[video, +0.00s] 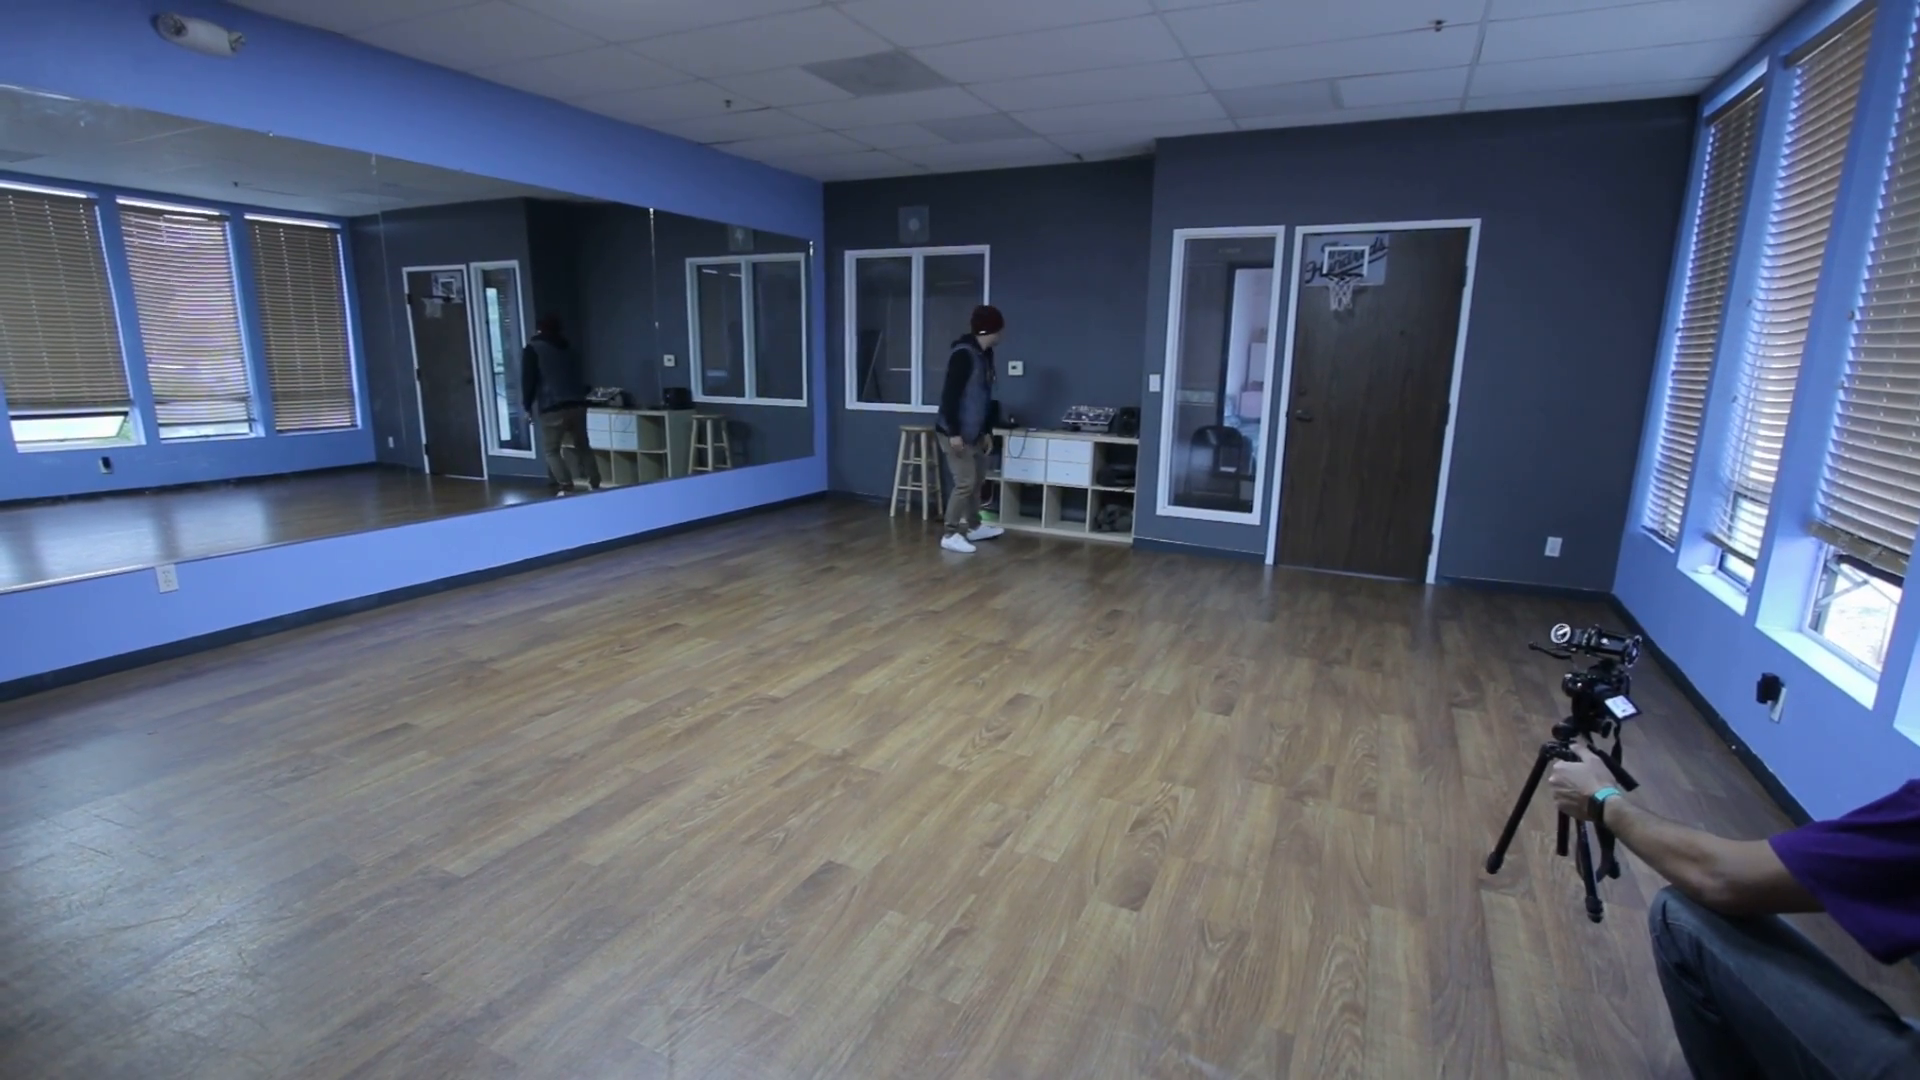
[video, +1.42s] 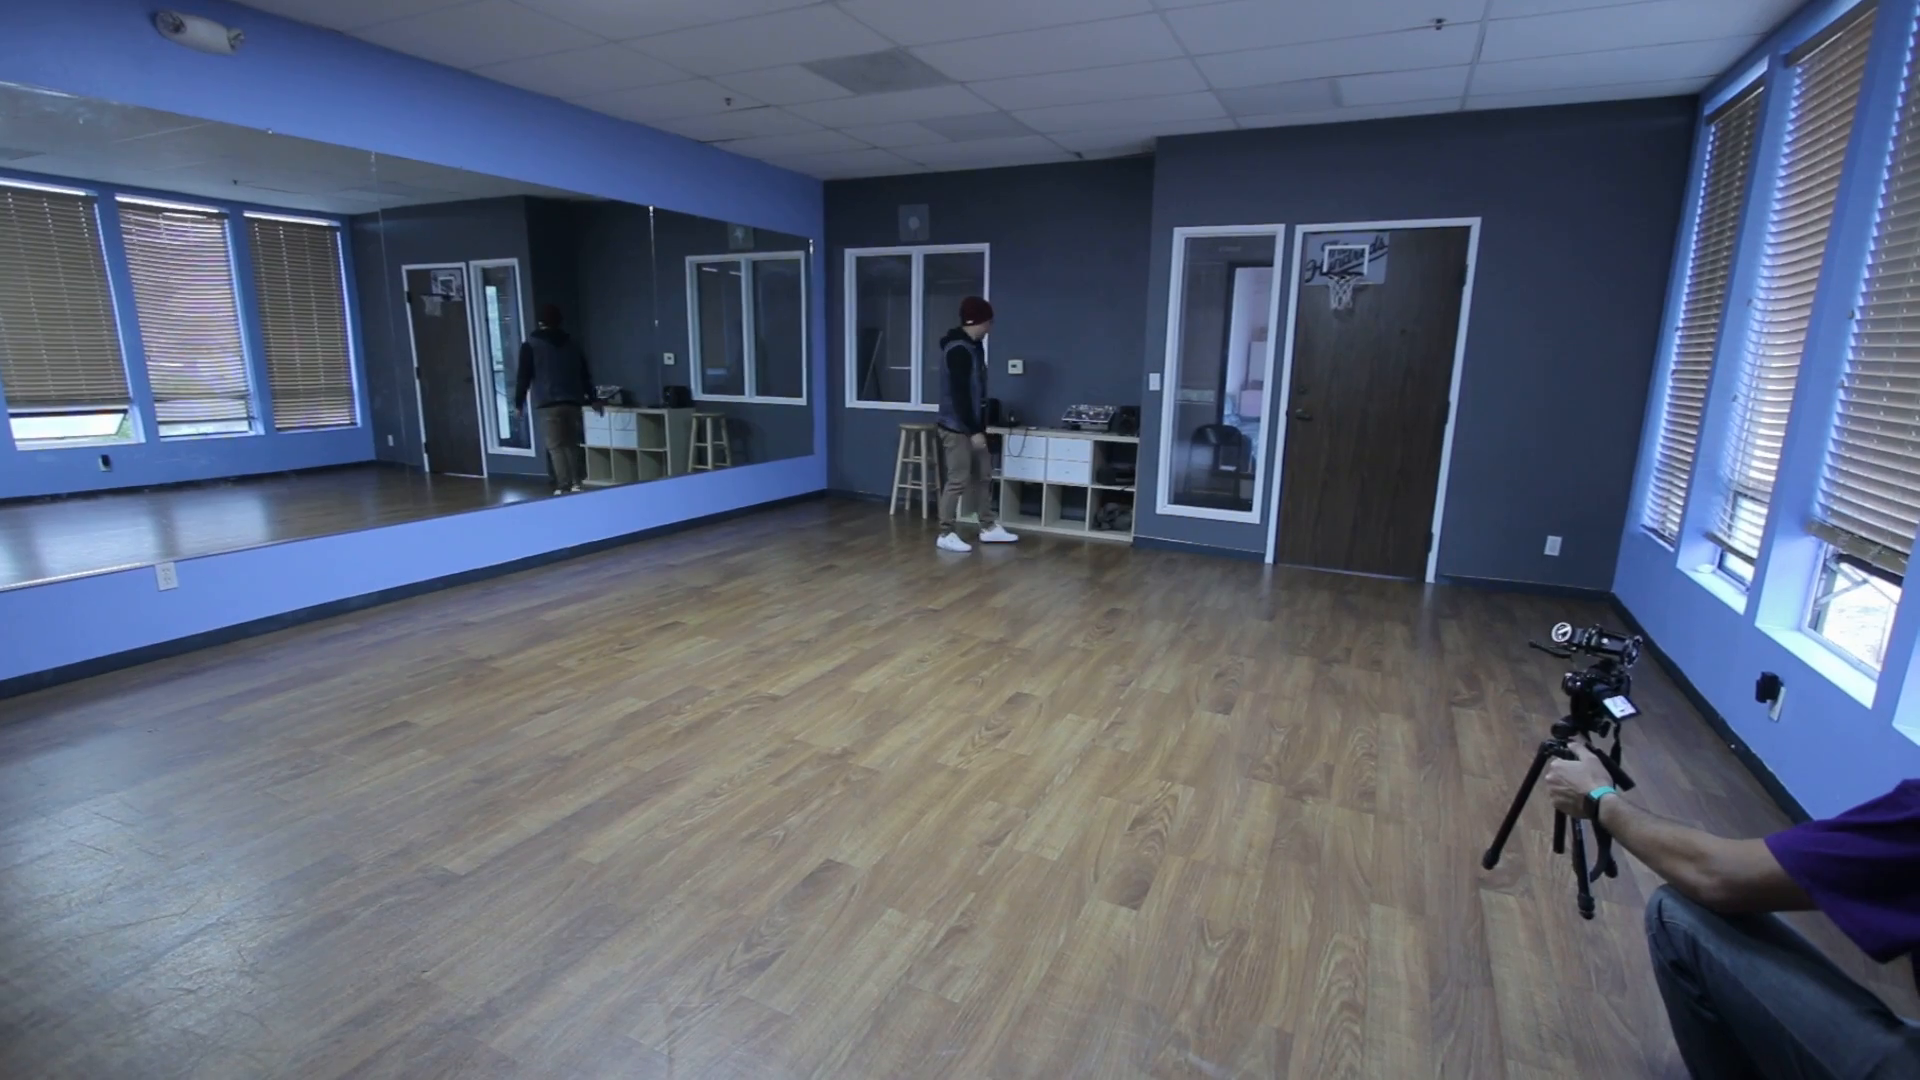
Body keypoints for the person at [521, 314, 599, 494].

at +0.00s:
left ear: (538, 328)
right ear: (558, 327)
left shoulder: (533, 348)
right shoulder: (567, 344)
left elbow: (529, 380)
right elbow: (576, 373)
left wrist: (528, 406)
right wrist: (577, 396)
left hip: (551, 404)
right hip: (576, 401)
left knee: (551, 450)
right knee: (582, 445)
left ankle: (566, 486)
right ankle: (595, 482)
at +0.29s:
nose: (525, 332)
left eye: (526, 329)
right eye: (525, 328)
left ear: (529, 329)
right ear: (545, 325)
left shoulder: (530, 350)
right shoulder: (558, 343)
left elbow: (529, 382)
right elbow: (567, 375)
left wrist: (528, 410)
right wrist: (571, 398)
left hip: (547, 406)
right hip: (568, 403)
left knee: (549, 451)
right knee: (569, 448)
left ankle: (565, 488)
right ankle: (578, 484)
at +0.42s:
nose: (521, 328)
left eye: (522, 323)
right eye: (521, 324)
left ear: (529, 323)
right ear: (541, 321)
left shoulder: (532, 344)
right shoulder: (554, 337)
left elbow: (531, 377)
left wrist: (528, 406)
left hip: (547, 402)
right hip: (563, 397)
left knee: (553, 446)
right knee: (556, 445)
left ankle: (563, 484)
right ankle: (560, 480)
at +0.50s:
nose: (520, 327)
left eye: (522, 323)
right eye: (520, 323)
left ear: (530, 323)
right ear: (539, 321)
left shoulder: (533, 344)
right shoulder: (553, 338)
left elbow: (532, 376)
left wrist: (527, 404)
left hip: (546, 402)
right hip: (560, 398)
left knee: (553, 447)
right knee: (550, 445)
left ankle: (567, 487)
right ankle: (549, 483)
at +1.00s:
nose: (523, 330)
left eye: (524, 327)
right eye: (525, 327)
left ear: (526, 328)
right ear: (543, 327)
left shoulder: (528, 348)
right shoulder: (552, 345)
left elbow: (527, 380)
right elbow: (554, 377)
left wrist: (525, 408)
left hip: (534, 409)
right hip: (551, 408)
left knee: (534, 454)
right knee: (537, 451)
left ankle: (558, 488)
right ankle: (530, 489)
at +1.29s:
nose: (533, 327)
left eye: (533, 323)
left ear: (534, 324)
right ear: (553, 322)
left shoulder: (529, 346)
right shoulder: (564, 342)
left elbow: (522, 379)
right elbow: (576, 372)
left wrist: (517, 407)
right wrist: (576, 395)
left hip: (547, 402)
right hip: (569, 400)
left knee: (550, 448)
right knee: (558, 446)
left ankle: (562, 485)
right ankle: (553, 483)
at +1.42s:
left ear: (539, 322)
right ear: (560, 321)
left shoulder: (532, 344)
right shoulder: (570, 341)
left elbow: (524, 376)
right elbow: (583, 372)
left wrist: (519, 403)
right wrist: (593, 398)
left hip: (548, 402)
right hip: (572, 400)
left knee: (555, 445)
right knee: (572, 443)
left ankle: (563, 485)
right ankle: (576, 482)